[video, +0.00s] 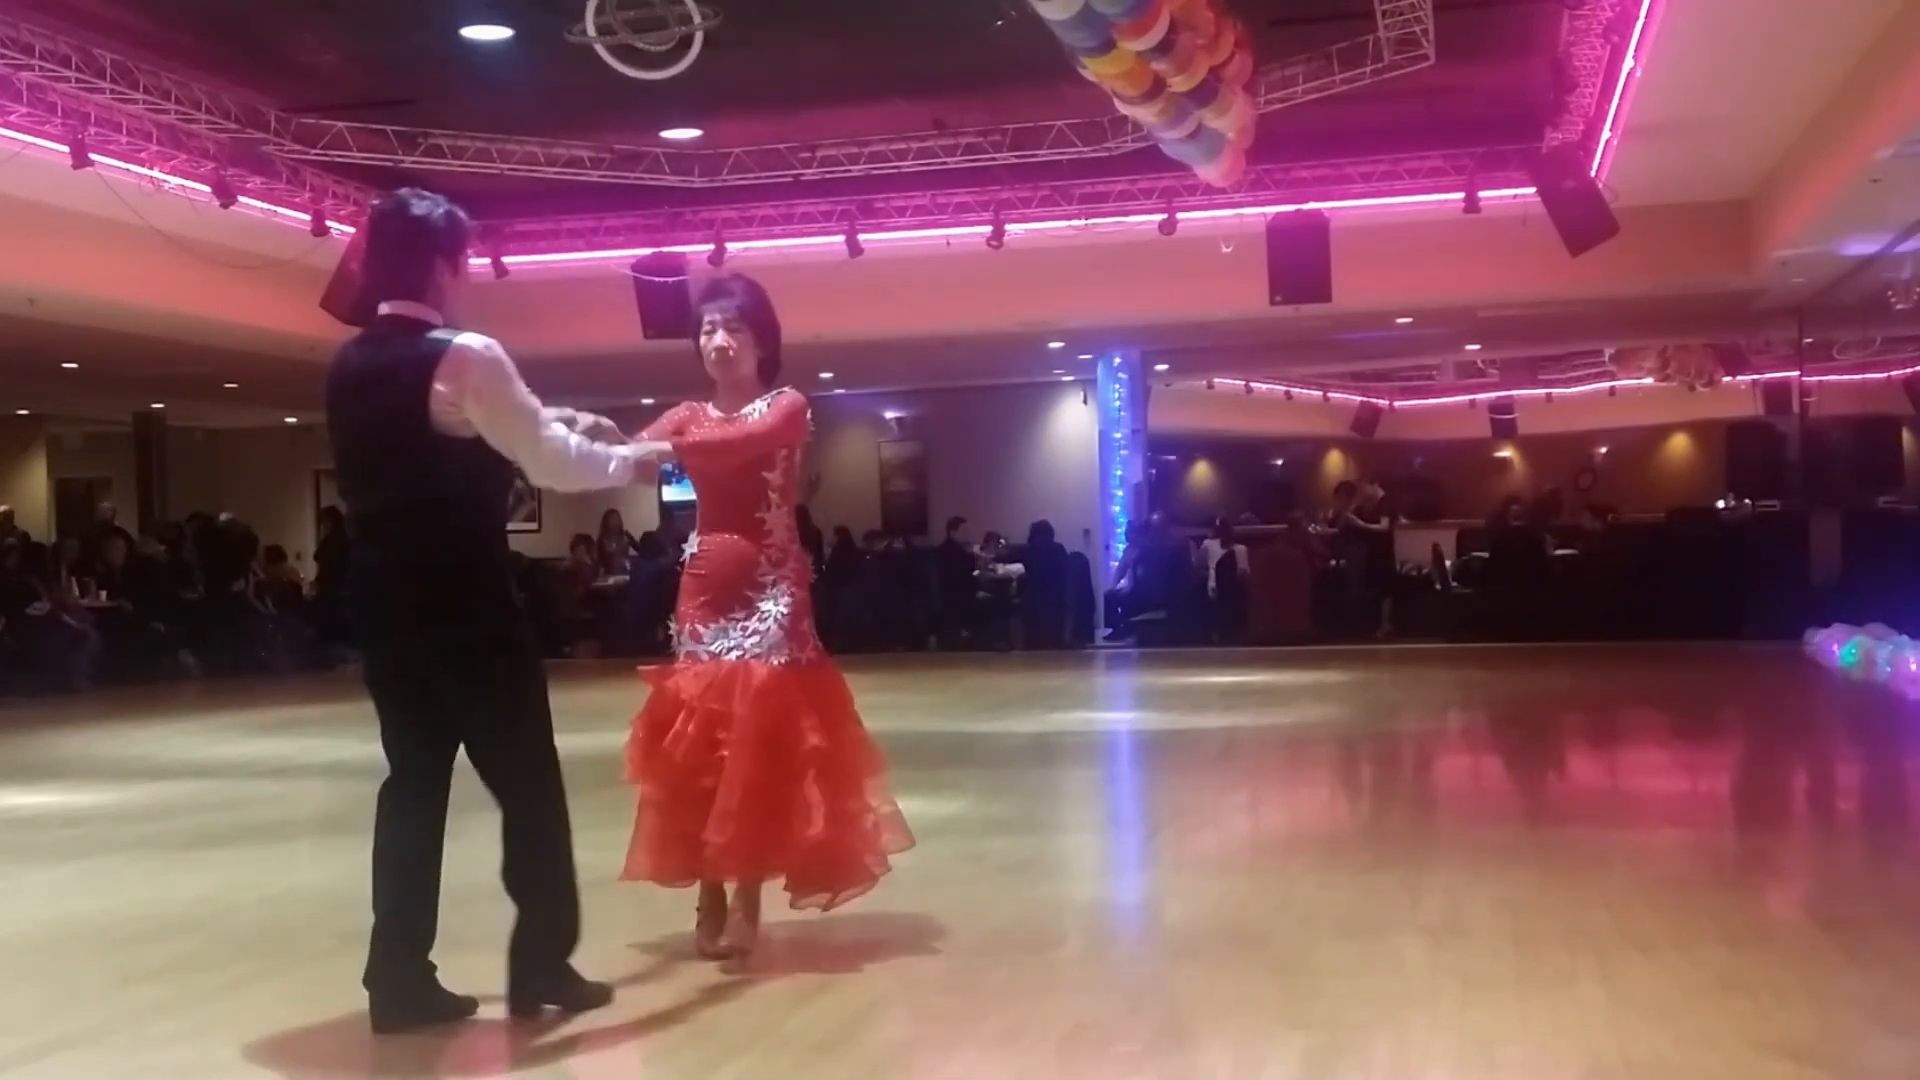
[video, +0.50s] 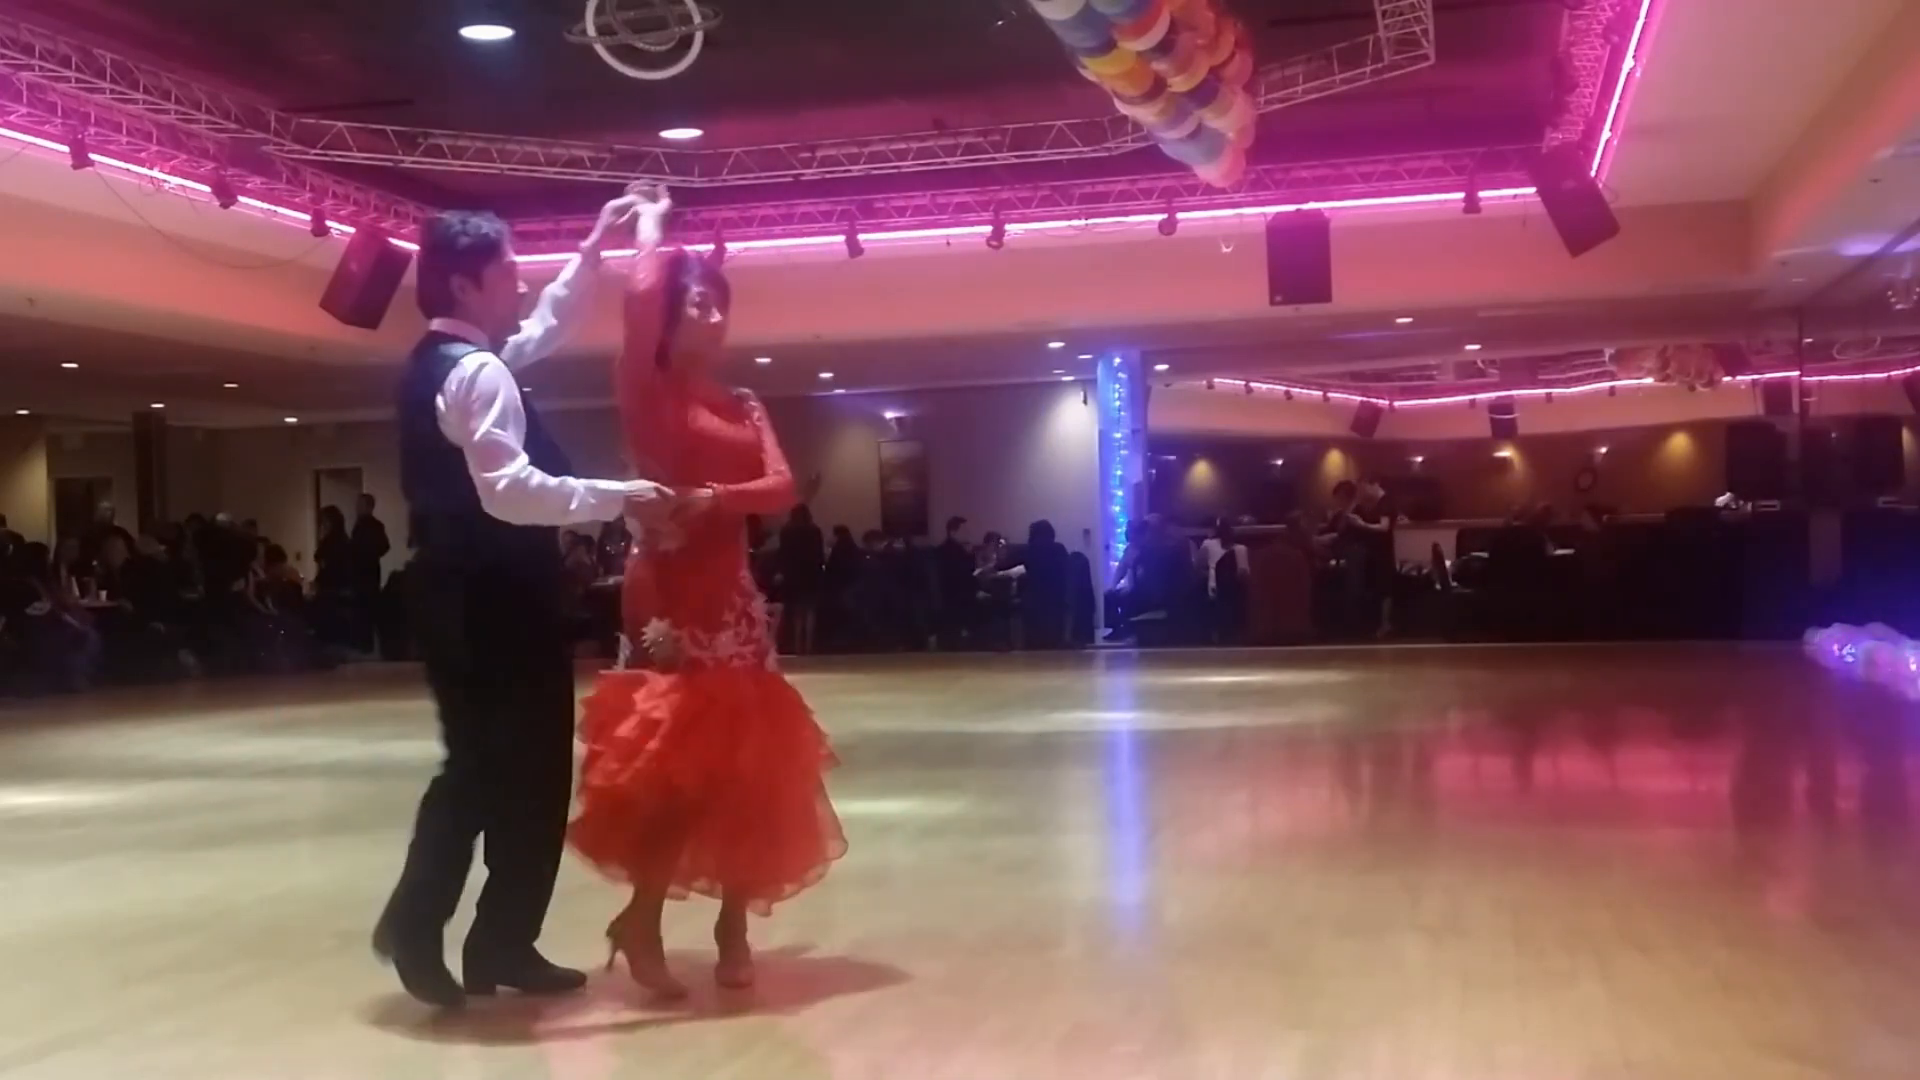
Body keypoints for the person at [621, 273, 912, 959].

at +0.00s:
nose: (720, 340)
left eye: (734, 328)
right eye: (708, 330)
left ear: (763, 338)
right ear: (698, 343)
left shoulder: (788, 404)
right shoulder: (686, 418)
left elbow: (736, 441)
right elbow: (627, 456)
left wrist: (663, 442)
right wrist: (576, 432)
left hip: (771, 586)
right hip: (703, 587)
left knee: (758, 736)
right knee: (707, 739)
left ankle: (747, 893)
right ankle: (709, 883)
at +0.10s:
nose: (714, 334)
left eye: (729, 321)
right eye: (704, 323)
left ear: (759, 338)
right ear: (693, 340)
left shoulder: (782, 407)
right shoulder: (677, 416)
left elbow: (745, 449)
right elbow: (614, 449)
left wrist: (661, 457)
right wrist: (587, 408)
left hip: (765, 590)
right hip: (698, 591)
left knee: (751, 745)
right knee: (705, 745)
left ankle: (730, 903)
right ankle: (713, 890)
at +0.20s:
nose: (713, 332)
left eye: (727, 322)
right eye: (703, 322)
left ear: (755, 340)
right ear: (688, 340)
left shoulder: (779, 411)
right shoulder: (673, 412)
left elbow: (766, 469)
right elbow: (608, 424)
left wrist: (679, 480)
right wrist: (588, 359)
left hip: (756, 592)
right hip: (687, 593)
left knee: (750, 752)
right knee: (695, 752)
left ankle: (731, 918)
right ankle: (708, 898)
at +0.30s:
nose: (715, 329)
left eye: (730, 320)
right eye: (705, 319)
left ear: (751, 340)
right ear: (688, 337)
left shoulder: (773, 418)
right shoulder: (665, 411)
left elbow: (784, 485)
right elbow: (607, 386)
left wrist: (698, 495)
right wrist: (597, 297)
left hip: (749, 593)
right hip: (679, 593)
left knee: (751, 750)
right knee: (683, 750)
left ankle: (733, 917)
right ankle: (685, 886)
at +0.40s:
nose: (718, 323)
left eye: (728, 313)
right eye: (703, 312)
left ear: (744, 332)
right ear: (675, 330)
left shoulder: (764, 414)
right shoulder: (655, 408)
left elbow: (789, 487)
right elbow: (620, 339)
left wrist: (712, 500)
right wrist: (621, 250)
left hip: (744, 588)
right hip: (672, 589)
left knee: (750, 754)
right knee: (679, 753)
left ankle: (736, 922)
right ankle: (658, 894)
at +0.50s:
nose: (707, 316)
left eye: (715, 306)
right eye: (694, 306)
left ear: (728, 320)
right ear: (664, 318)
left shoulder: (746, 405)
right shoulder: (650, 396)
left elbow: (784, 488)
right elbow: (643, 290)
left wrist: (709, 500)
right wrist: (654, 216)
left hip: (732, 587)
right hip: (667, 586)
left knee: (746, 753)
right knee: (678, 757)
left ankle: (735, 924)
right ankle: (641, 918)